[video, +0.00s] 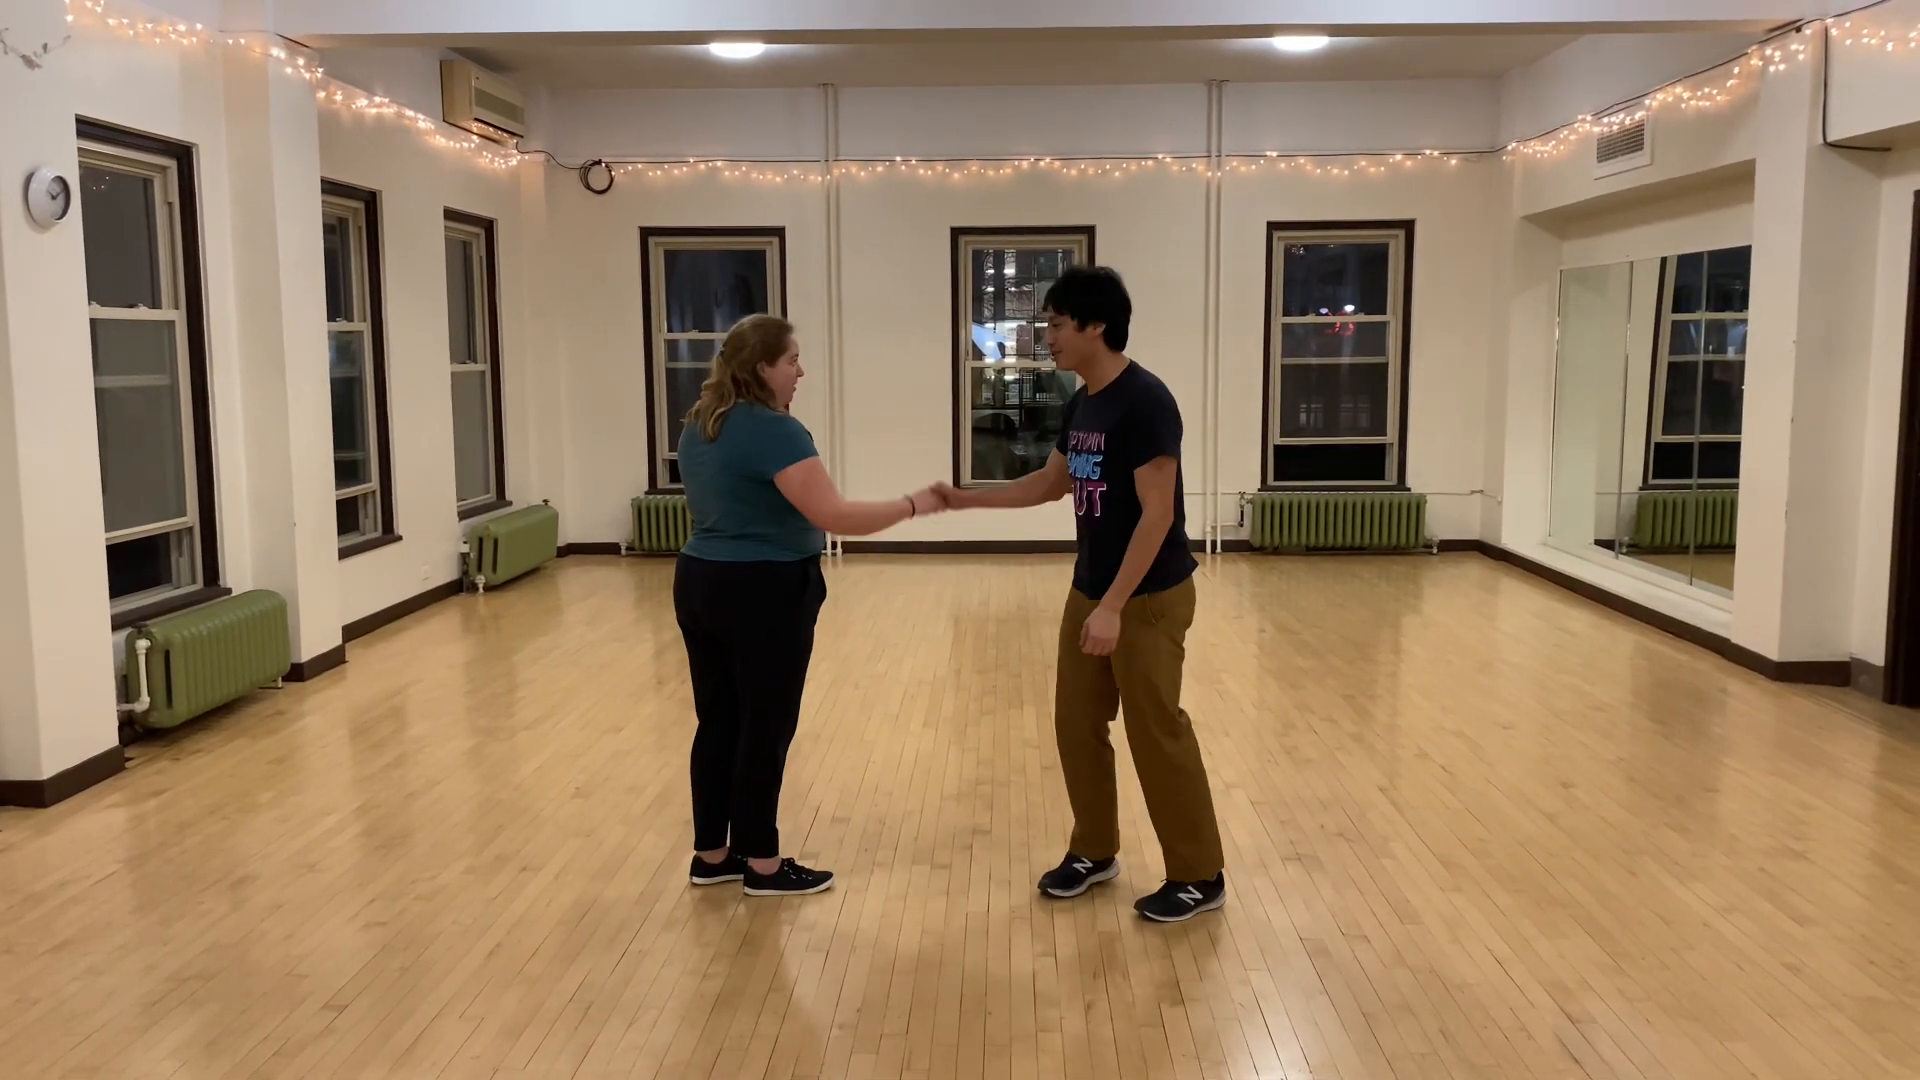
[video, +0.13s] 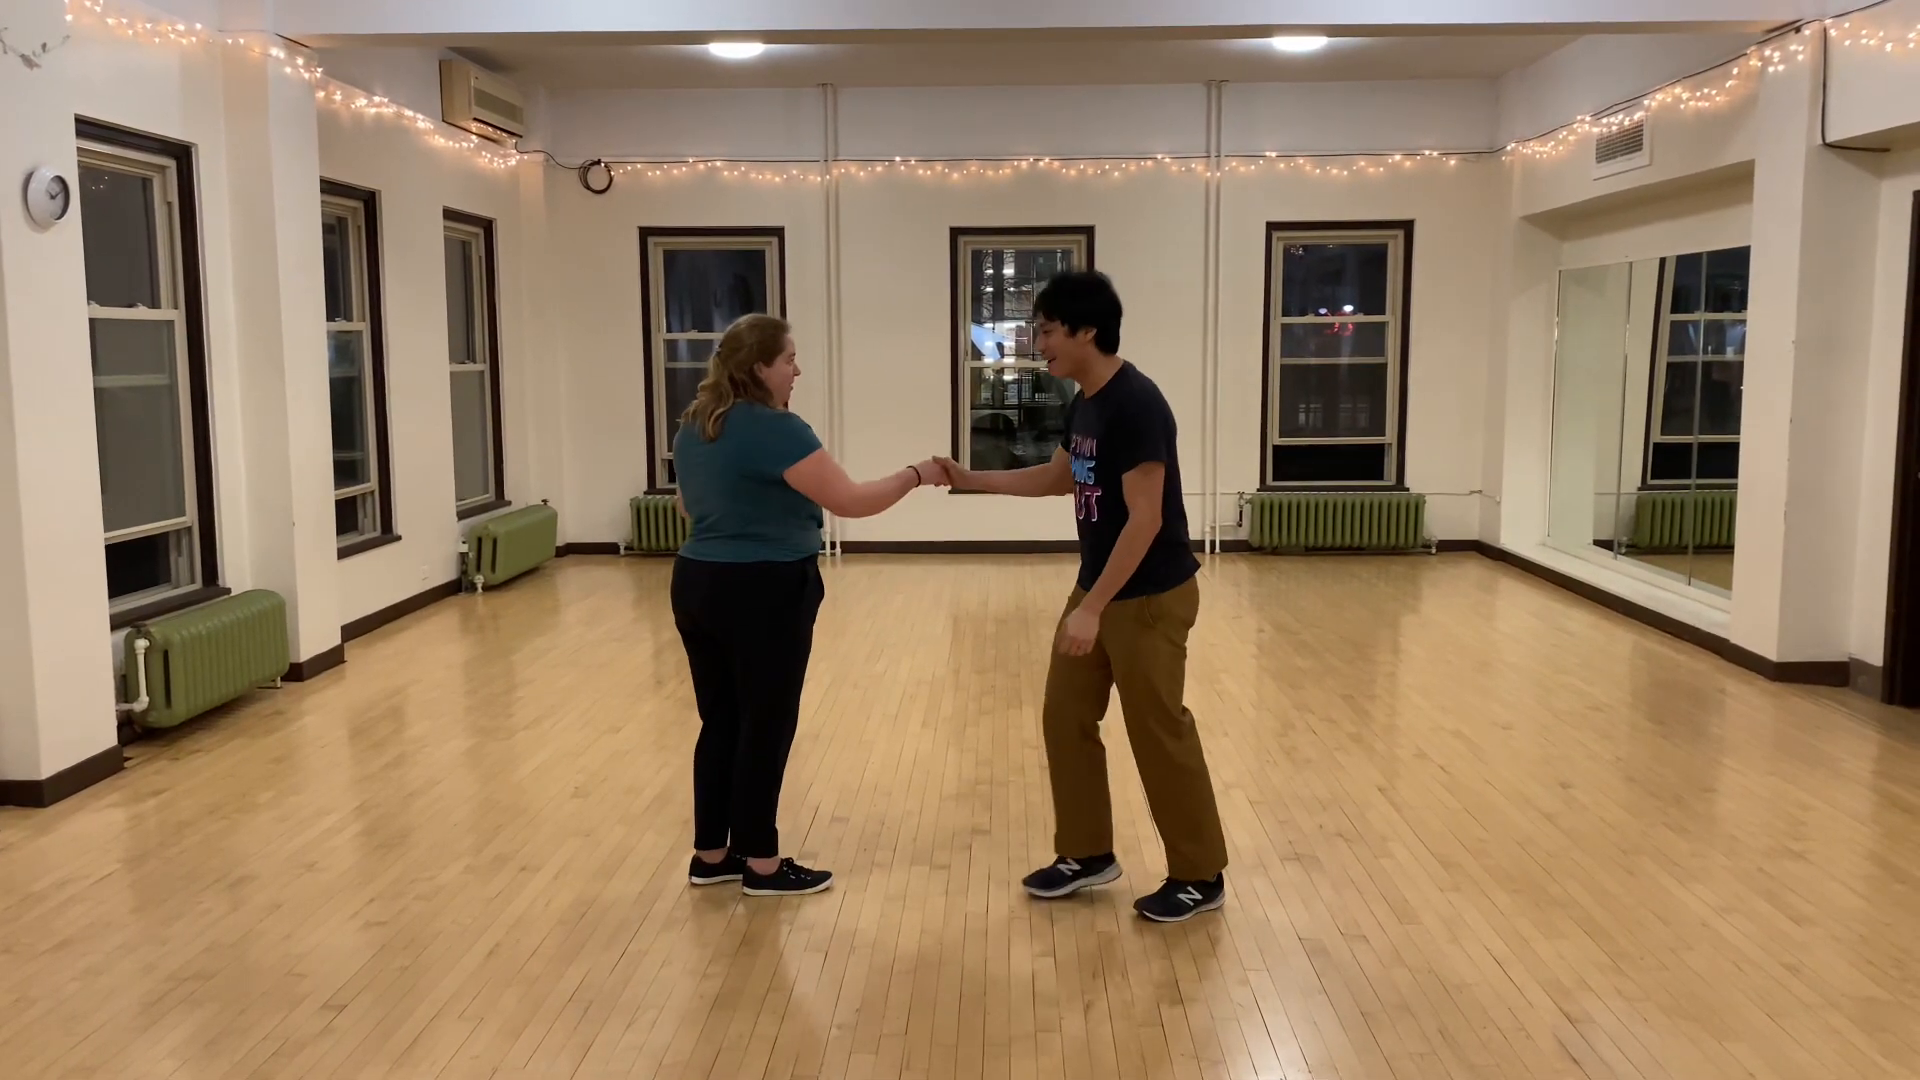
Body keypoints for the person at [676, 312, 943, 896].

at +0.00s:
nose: (800, 372)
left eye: (798, 360)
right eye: (792, 361)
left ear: (741, 368)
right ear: (760, 367)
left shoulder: (698, 428)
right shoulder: (774, 432)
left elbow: (717, 508)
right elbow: (835, 515)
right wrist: (913, 505)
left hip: (704, 587)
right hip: (770, 592)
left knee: (717, 720)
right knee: (767, 727)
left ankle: (712, 853)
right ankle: (763, 863)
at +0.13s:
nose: (797, 370)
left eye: (795, 359)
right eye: (789, 361)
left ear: (739, 368)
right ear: (757, 367)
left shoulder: (693, 429)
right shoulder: (775, 430)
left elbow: (697, 510)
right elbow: (851, 501)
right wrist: (914, 475)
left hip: (700, 585)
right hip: (770, 590)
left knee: (720, 720)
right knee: (768, 725)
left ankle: (712, 853)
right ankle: (762, 863)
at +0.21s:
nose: (794, 370)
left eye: (791, 358)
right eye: (785, 360)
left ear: (736, 367)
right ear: (755, 366)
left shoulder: (690, 427)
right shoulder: (779, 428)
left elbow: (681, 504)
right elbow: (856, 494)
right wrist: (917, 474)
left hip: (698, 586)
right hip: (769, 589)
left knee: (723, 719)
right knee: (768, 723)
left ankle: (713, 851)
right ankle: (762, 863)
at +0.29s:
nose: (790, 368)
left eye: (787, 357)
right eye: (782, 359)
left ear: (729, 368)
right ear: (752, 367)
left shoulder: (685, 427)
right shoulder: (780, 428)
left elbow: (669, 503)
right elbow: (857, 494)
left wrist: (731, 490)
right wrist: (919, 488)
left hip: (694, 587)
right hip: (769, 587)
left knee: (728, 717)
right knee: (767, 723)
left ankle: (713, 844)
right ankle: (762, 862)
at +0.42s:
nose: (783, 368)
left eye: (779, 357)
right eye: (774, 359)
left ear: (719, 369)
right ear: (743, 369)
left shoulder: (676, 429)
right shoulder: (774, 429)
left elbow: (654, 499)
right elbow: (842, 503)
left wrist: (711, 486)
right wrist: (911, 526)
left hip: (688, 588)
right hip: (761, 587)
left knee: (728, 713)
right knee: (768, 720)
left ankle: (703, 834)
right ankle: (762, 862)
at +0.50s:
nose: (772, 371)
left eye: (770, 359)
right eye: (763, 361)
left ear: (710, 371)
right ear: (734, 371)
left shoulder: (671, 429)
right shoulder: (764, 431)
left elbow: (652, 500)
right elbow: (826, 512)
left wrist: (709, 480)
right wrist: (900, 541)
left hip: (682, 589)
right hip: (752, 589)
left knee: (720, 709)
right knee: (767, 724)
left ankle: (686, 831)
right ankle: (763, 863)